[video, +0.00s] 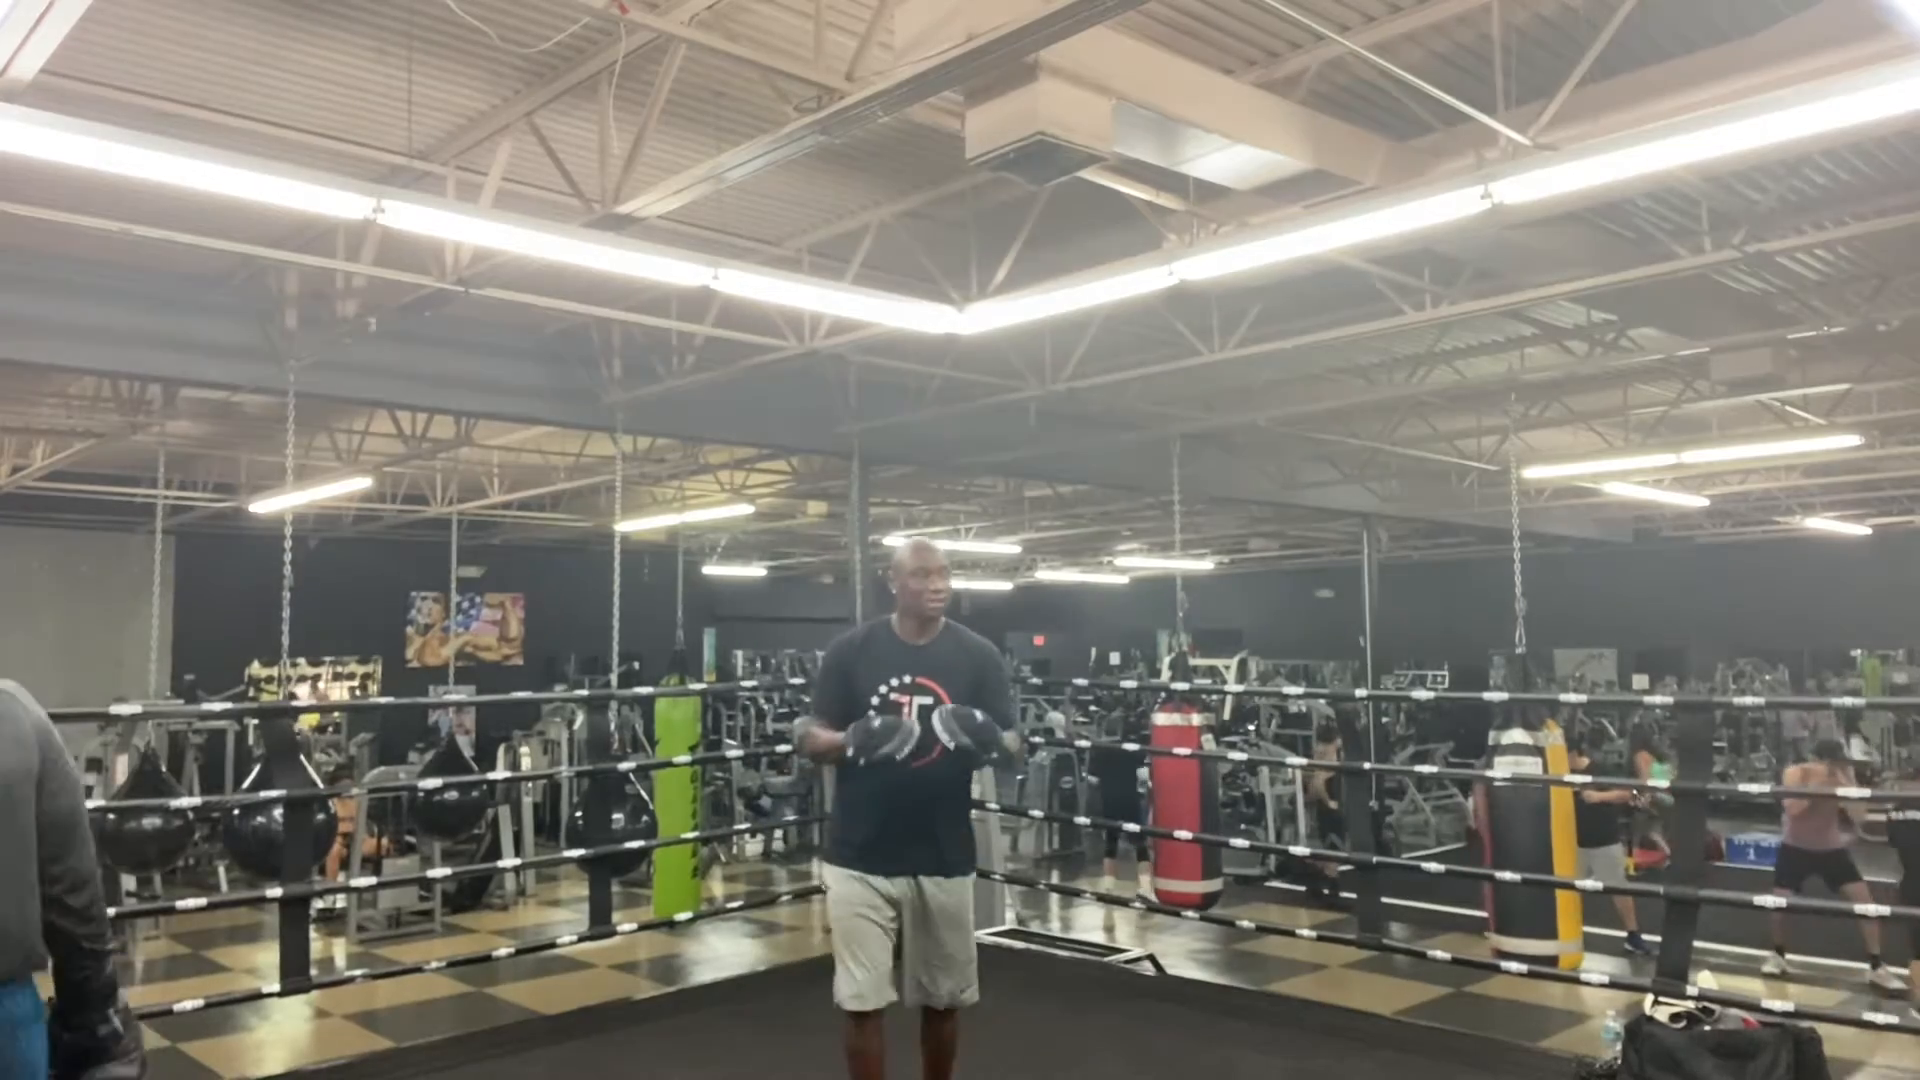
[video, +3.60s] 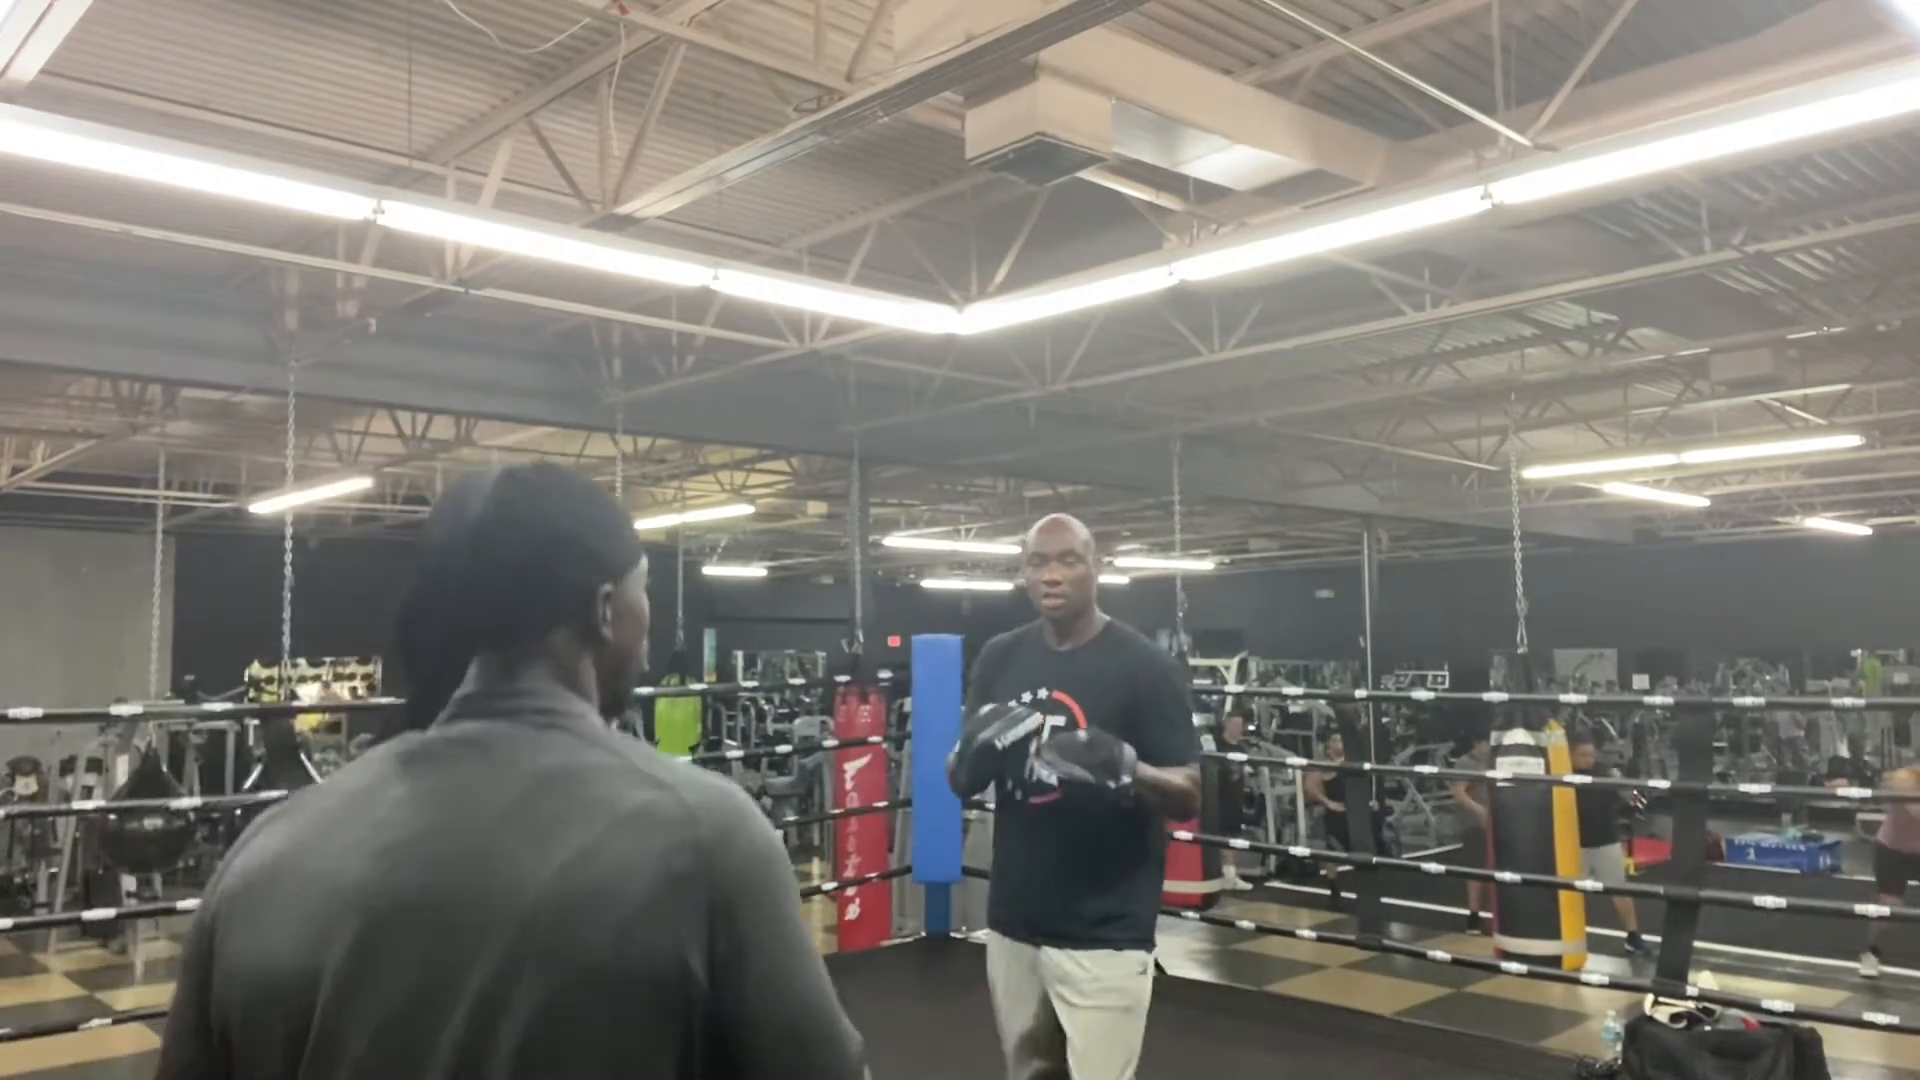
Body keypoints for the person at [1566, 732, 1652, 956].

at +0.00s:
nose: (1564, 761)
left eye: (1567, 756)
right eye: (1562, 757)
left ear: (1578, 754)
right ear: (1561, 757)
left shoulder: (1600, 770)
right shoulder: (1557, 777)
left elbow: (1627, 793)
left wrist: (1599, 796)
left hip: (1604, 840)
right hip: (1573, 843)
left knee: (1620, 889)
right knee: (1566, 892)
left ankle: (1633, 934)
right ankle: (1563, 937)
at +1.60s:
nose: (1597, 758)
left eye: (1598, 752)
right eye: (1591, 753)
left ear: (1601, 750)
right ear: (1571, 754)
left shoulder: (1606, 773)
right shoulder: (1564, 777)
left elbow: (1624, 791)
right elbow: (1572, 808)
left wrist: (1623, 799)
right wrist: (1607, 803)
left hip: (1607, 840)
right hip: (1575, 843)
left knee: (1620, 890)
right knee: (1565, 892)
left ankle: (1633, 934)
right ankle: (1561, 936)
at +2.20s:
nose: (1608, 760)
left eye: (1610, 755)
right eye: (1604, 754)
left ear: (1612, 753)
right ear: (1590, 750)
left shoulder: (1610, 774)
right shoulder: (1568, 771)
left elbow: (1614, 799)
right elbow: (1554, 797)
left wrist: (1627, 804)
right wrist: (1579, 811)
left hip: (1607, 842)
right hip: (1576, 843)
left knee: (1620, 890)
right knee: (1570, 892)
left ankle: (1633, 935)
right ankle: (1564, 932)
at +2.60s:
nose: (1575, 752)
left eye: (1580, 747)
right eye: (1575, 747)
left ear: (1596, 750)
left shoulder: (1615, 774)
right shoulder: (1567, 773)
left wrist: (1627, 805)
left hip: (1608, 841)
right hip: (1575, 842)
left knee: (1620, 890)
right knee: (1571, 890)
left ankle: (1633, 934)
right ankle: (1564, 932)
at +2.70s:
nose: (1576, 753)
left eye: (1580, 749)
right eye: (1579, 749)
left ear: (1593, 750)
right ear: (1575, 751)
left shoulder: (1615, 774)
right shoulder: (1568, 775)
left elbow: (1637, 800)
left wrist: (1613, 805)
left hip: (1608, 841)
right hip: (1575, 841)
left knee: (1620, 890)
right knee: (1569, 892)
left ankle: (1633, 935)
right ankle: (1561, 935)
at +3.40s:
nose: (1575, 757)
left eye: (1578, 751)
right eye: (1572, 752)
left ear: (1589, 753)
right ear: (1567, 753)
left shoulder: (1607, 772)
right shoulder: (1562, 776)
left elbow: (1632, 794)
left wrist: (1611, 797)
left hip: (1604, 841)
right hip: (1573, 843)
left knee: (1619, 889)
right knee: (1567, 893)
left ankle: (1633, 935)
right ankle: (1563, 938)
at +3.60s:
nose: (1586, 760)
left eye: (1590, 754)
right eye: (1581, 754)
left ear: (1596, 755)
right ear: (1570, 755)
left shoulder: (1604, 778)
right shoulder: (1564, 780)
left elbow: (1616, 804)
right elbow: (1556, 810)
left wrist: (1628, 803)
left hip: (1605, 842)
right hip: (1575, 844)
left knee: (1620, 889)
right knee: (1570, 893)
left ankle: (1633, 934)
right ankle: (1568, 940)